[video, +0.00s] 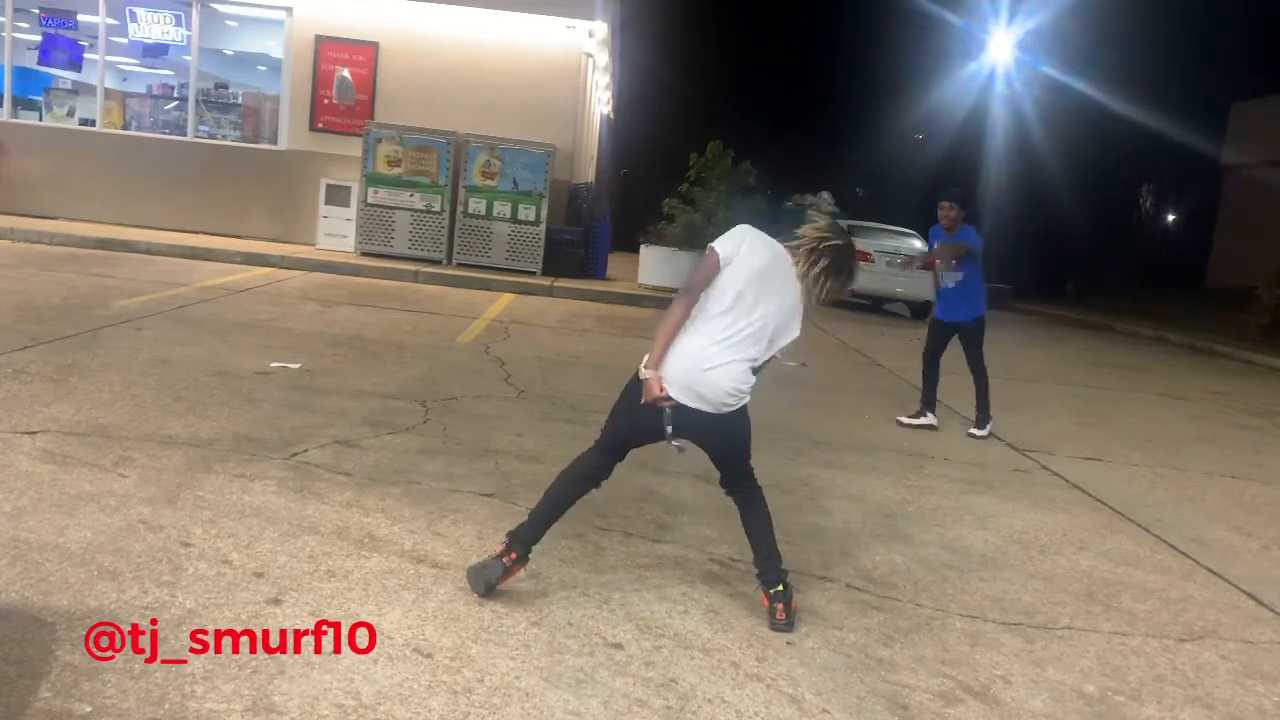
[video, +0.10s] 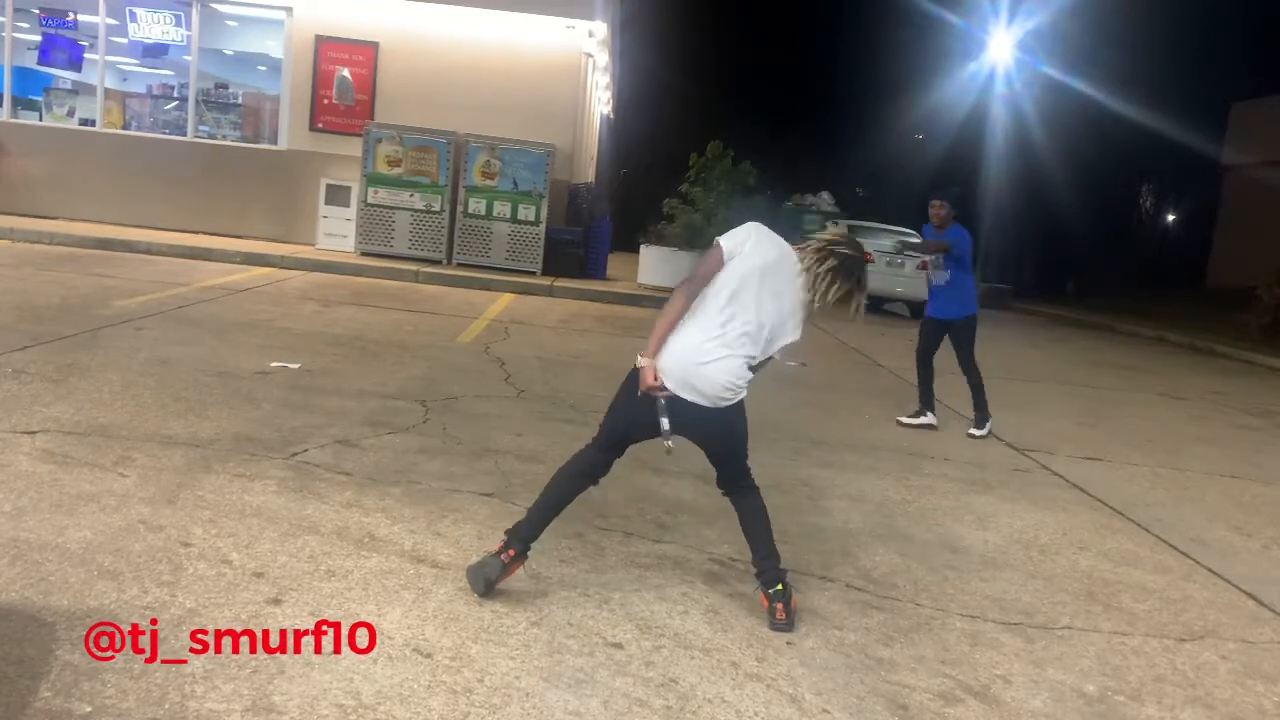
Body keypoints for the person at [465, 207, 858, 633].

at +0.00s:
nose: (826, 294)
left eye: (831, 285)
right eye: (830, 287)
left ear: (804, 239)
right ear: (826, 279)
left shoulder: (747, 238)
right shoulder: (794, 317)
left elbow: (687, 296)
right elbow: (751, 368)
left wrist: (653, 364)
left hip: (657, 389)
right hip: (721, 414)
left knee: (596, 461)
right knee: (743, 485)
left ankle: (514, 551)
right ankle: (777, 590)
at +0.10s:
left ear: (808, 243)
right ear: (830, 281)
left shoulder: (755, 235)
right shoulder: (797, 313)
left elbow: (691, 284)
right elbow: (749, 369)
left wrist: (651, 355)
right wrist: (700, 385)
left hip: (655, 382)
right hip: (716, 409)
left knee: (596, 457)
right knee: (740, 483)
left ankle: (512, 547)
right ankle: (776, 589)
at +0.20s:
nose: (842, 299)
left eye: (848, 292)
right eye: (846, 293)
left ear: (820, 242)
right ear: (840, 285)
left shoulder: (759, 237)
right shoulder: (802, 323)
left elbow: (690, 281)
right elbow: (750, 365)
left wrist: (646, 344)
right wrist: (697, 371)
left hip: (652, 380)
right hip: (714, 407)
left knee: (590, 455)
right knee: (735, 484)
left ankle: (512, 546)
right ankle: (775, 592)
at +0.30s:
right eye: (852, 260)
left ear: (812, 230)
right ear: (850, 261)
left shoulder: (760, 243)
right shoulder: (818, 320)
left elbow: (692, 281)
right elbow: (755, 366)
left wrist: (642, 340)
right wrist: (702, 366)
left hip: (654, 376)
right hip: (714, 405)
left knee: (590, 454)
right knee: (729, 482)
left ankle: (508, 548)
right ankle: (775, 589)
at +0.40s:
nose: (862, 254)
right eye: (859, 243)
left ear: (801, 218)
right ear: (846, 244)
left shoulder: (751, 242)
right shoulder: (826, 306)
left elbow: (680, 288)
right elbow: (780, 361)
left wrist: (633, 343)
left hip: (656, 381)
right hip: (715, 408)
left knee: (588, 456)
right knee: (730, 489)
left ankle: (509, 547)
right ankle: (776, 590)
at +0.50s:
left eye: (757, 196)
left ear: (761, 202)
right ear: (813, 212)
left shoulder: (728, 244)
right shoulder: (818, 278)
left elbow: (665, 304)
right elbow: (784, 351)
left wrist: (613, 359)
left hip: (668, 388)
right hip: (729, 406)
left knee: (595, 456)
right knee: (738, 480)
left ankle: (518, 546)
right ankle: (777, 581)